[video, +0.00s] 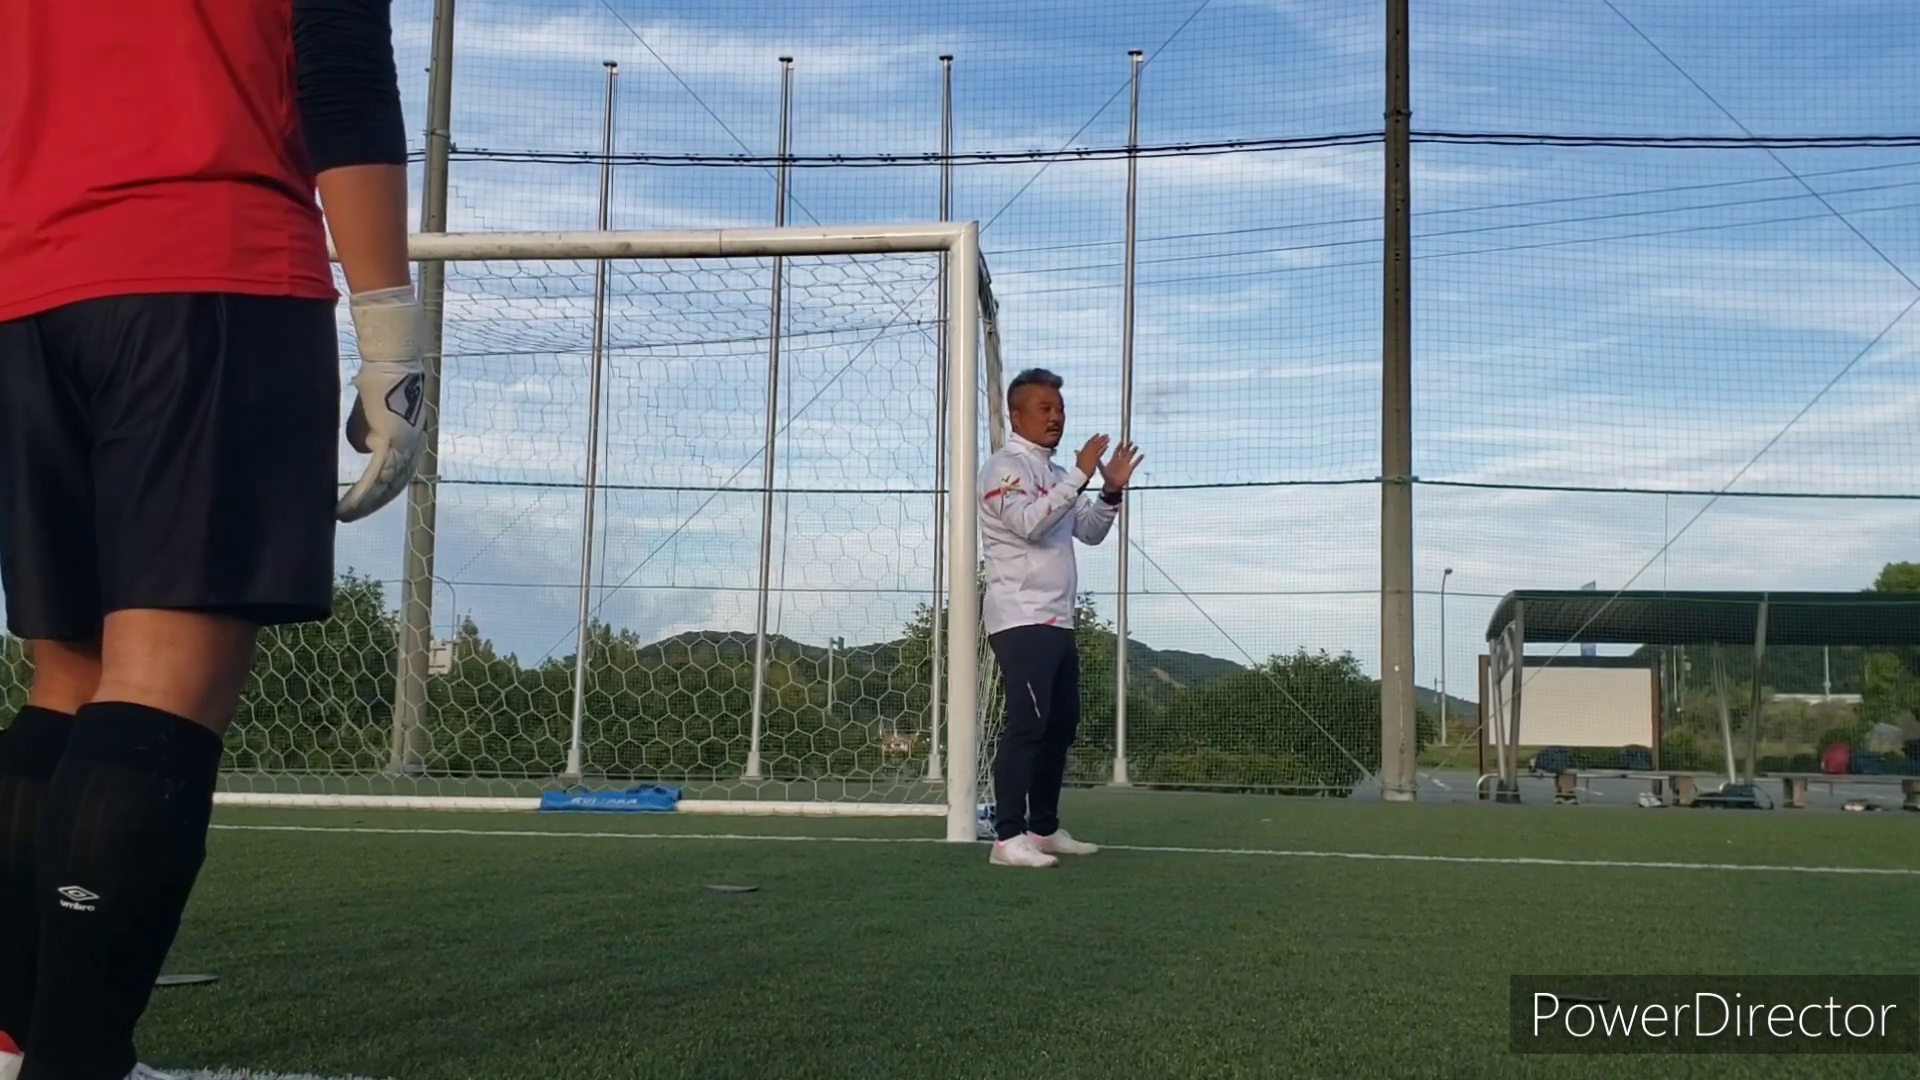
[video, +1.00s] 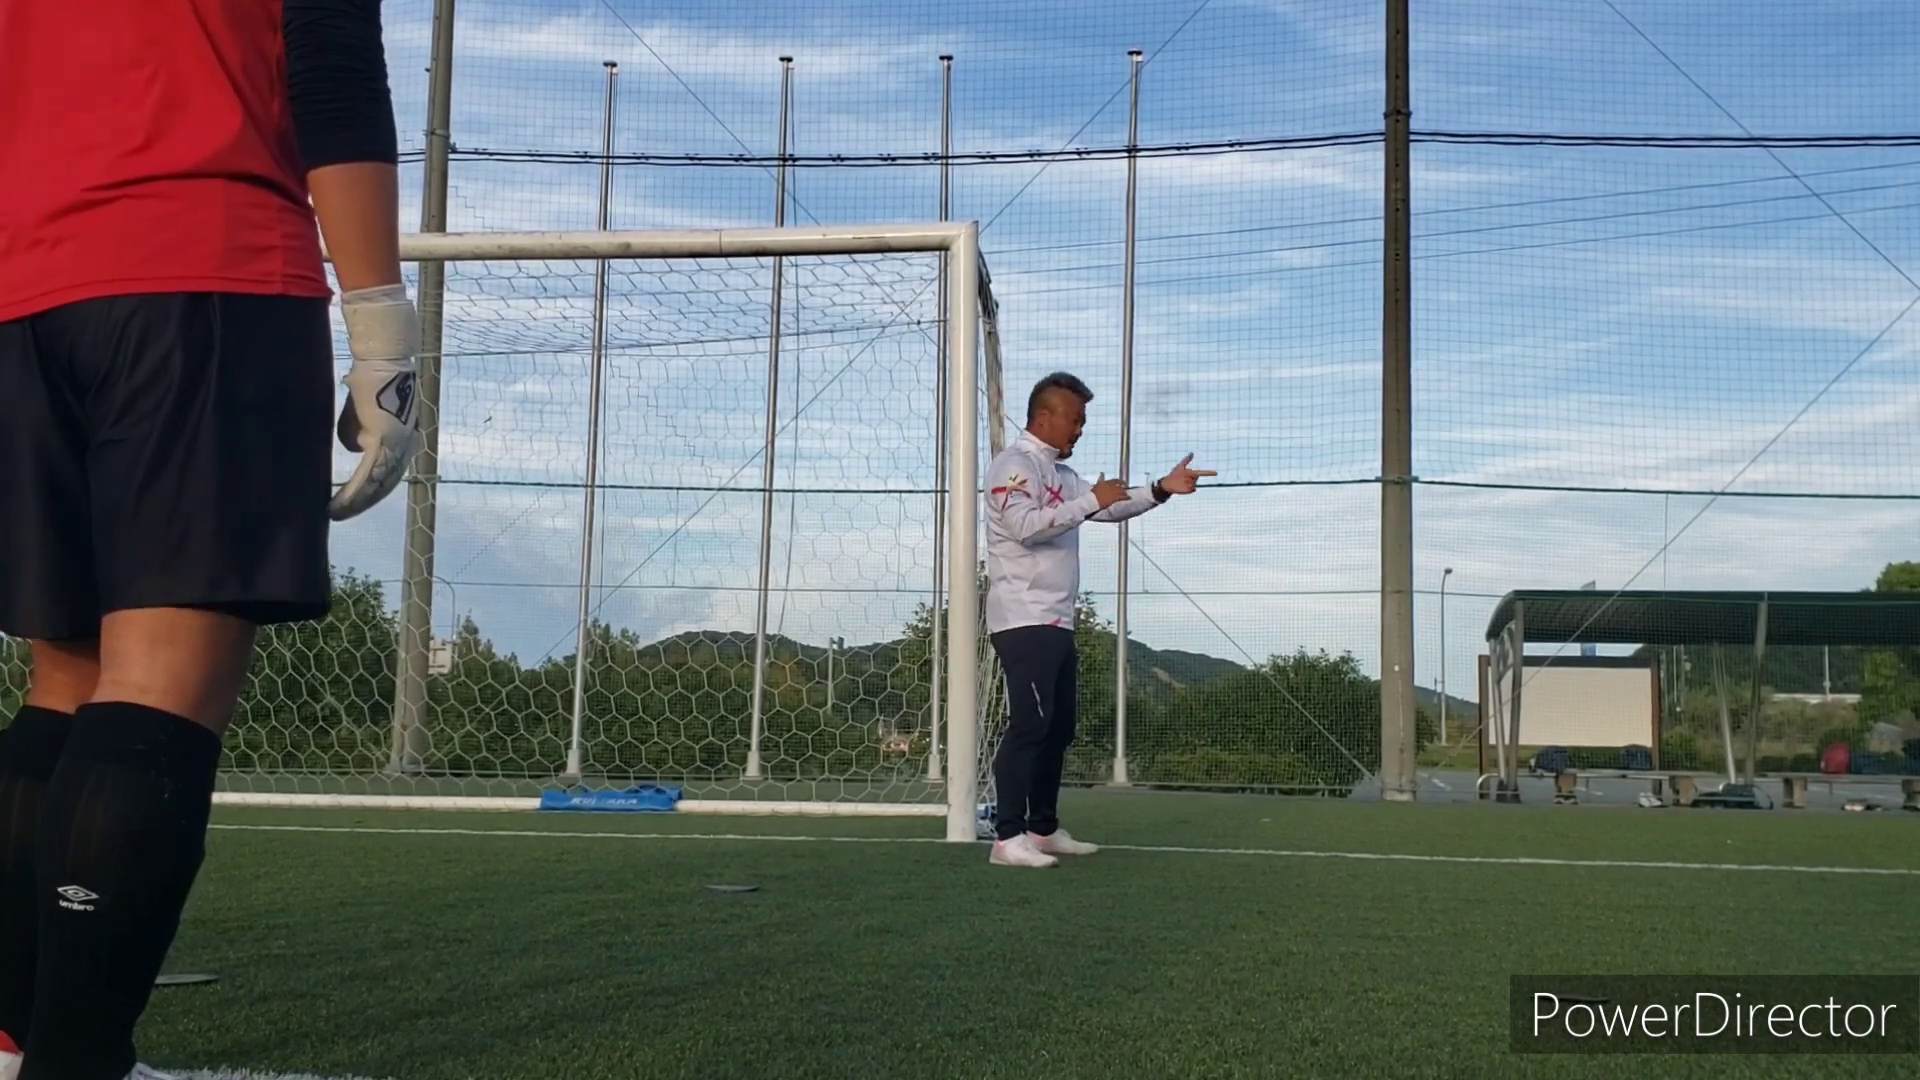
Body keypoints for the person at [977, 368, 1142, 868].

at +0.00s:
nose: (1056, 417)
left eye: (1059, 408)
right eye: (1044, 408)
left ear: (1062, 415)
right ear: (1015, 415)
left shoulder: (1056, 473)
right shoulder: (1004, 466)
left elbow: (1089, 532)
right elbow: (1028, 521)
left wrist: (1111, 493)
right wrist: (1080, 474)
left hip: (1057, 618)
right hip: (1019, 616)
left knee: (1061, 721)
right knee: (1027, 721)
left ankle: (1042, 829)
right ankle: (1009, 838)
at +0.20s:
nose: (1056, 417)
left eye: (1059, 408)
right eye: (1045, 408)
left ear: (1061, 415)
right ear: (1016, 415)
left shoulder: (1055, 473)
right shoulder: (1003, 466)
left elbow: (1089, 533)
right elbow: (1028, 521)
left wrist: (1111, 492)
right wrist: (1080, 474)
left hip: (1057, 618)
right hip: (1019, 616)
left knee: (1060, 723)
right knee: (1027, 722)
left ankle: (1042, 829)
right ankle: (1008, 839)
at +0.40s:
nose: (1062, 414)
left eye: (1062, 406)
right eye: (1051, 406)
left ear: (1059, 414)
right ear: (1018, 415)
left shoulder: (1055, 473)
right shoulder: (1004, 466)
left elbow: (1088, 531)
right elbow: (1031, 521)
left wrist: (1113, 492)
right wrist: (1084, 474)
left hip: (1057, 619)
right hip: (1020, 617)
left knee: (1060, 723)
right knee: (1028, 722)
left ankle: (1041, 830)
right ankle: (1008, 838)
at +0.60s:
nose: (1067, 414)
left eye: (1065, 405)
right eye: (1057, 405)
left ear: (1038, 414)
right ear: (1027, 413)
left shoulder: (1058, 477)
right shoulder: (1007, 465)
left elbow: (1090, 529)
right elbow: (1039, 522)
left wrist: (1130, 499)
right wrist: (1101, 486)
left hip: (1056, 619)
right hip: (1021, 618)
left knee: (1058, 724)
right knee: (1028, 723)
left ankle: (1042, 830)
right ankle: (1008, 838)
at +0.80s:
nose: (1079, 419)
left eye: (1078, 410)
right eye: (1070, 410)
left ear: (1052, 417)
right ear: (1038, 415)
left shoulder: (1060, 479)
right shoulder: (1013, 464)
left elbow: (1086, 537)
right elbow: (1028, 526)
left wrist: (1118, 502)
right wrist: (1094, 496)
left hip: (1056, 620)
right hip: (1022, 618)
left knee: (1059, 725)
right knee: (1029, 723)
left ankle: (1041, 830)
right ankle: (1008, 838)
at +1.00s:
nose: (1082, 428)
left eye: (1083, 419)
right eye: (1076, 418)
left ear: (1057, 420)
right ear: (1045, 416)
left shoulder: (1063, 475)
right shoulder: (1014, 464)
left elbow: (1109, 508)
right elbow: (1023, 525)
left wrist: (1162, 488)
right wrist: (1089, 502)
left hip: (1056, 619)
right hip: (1022, 617)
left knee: (1058, 726)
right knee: (1030, 722)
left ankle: (1041, 830)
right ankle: (1008, 839)